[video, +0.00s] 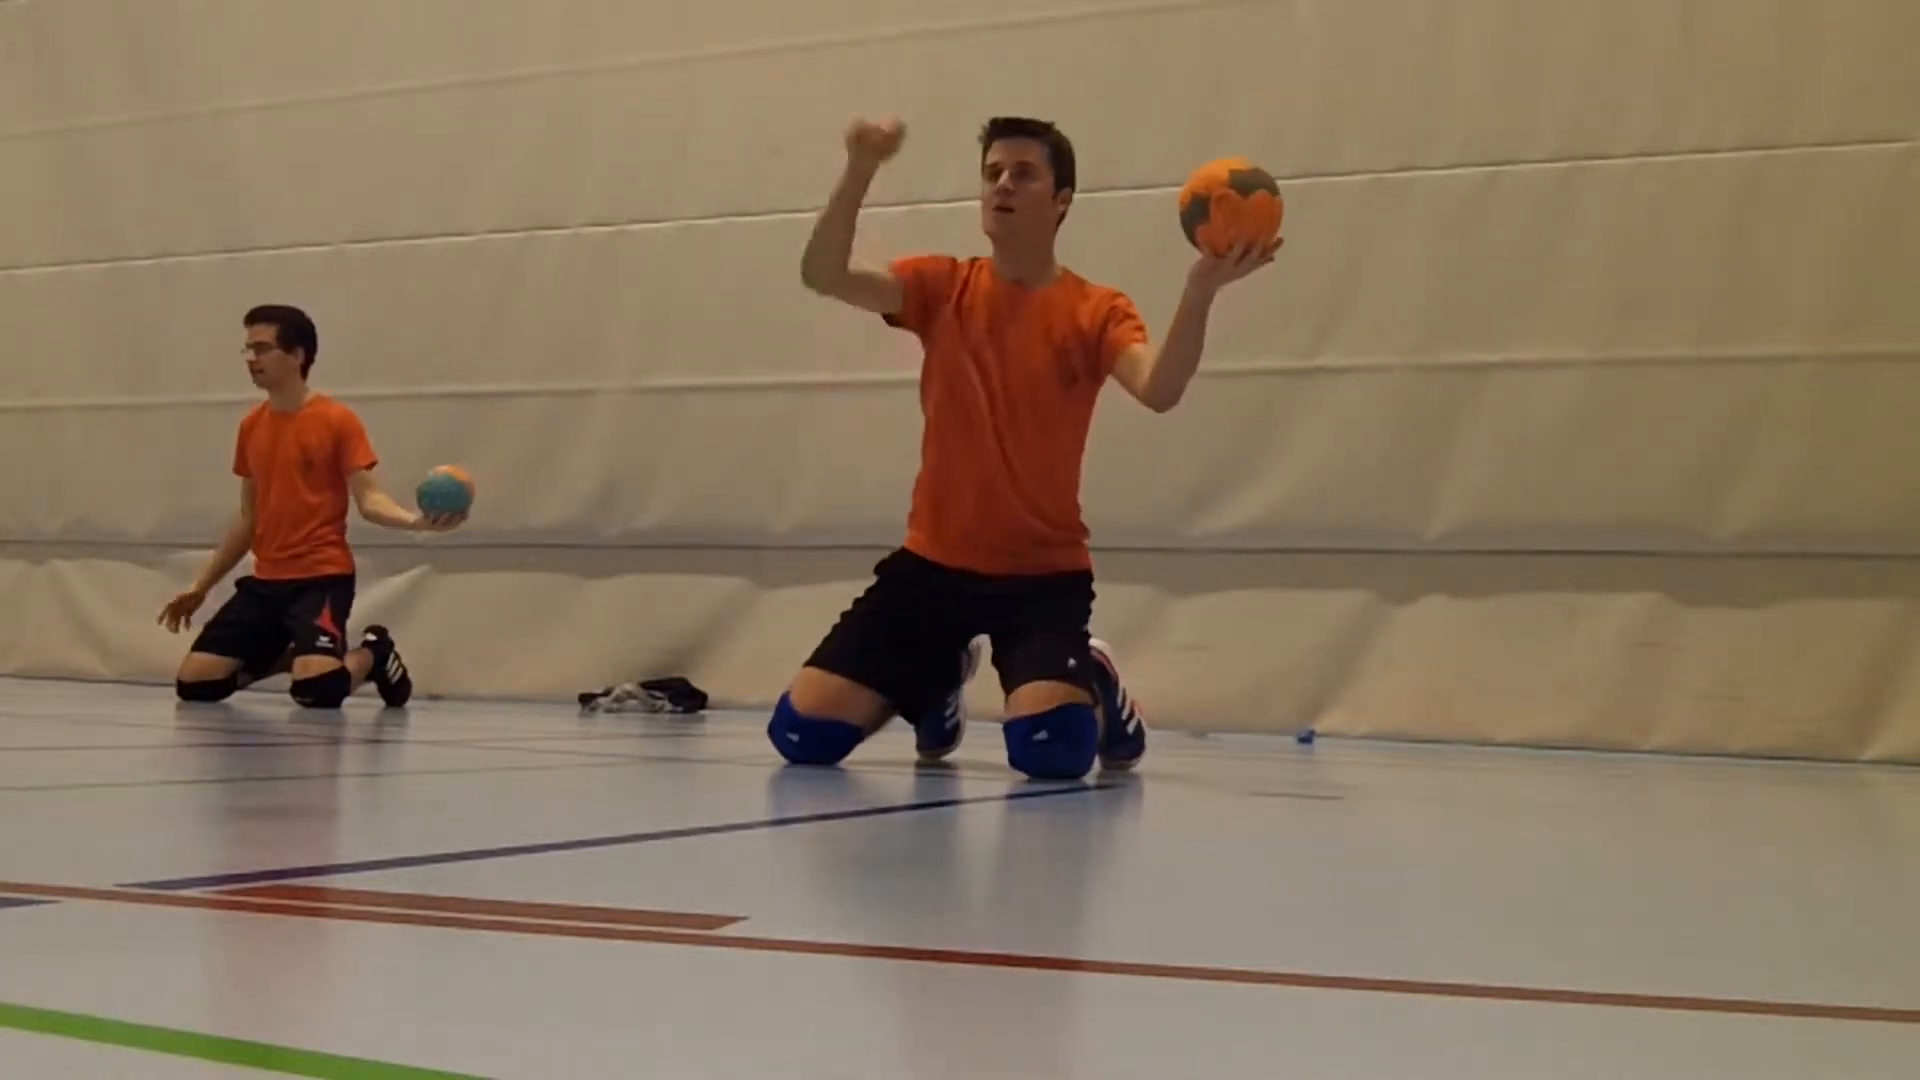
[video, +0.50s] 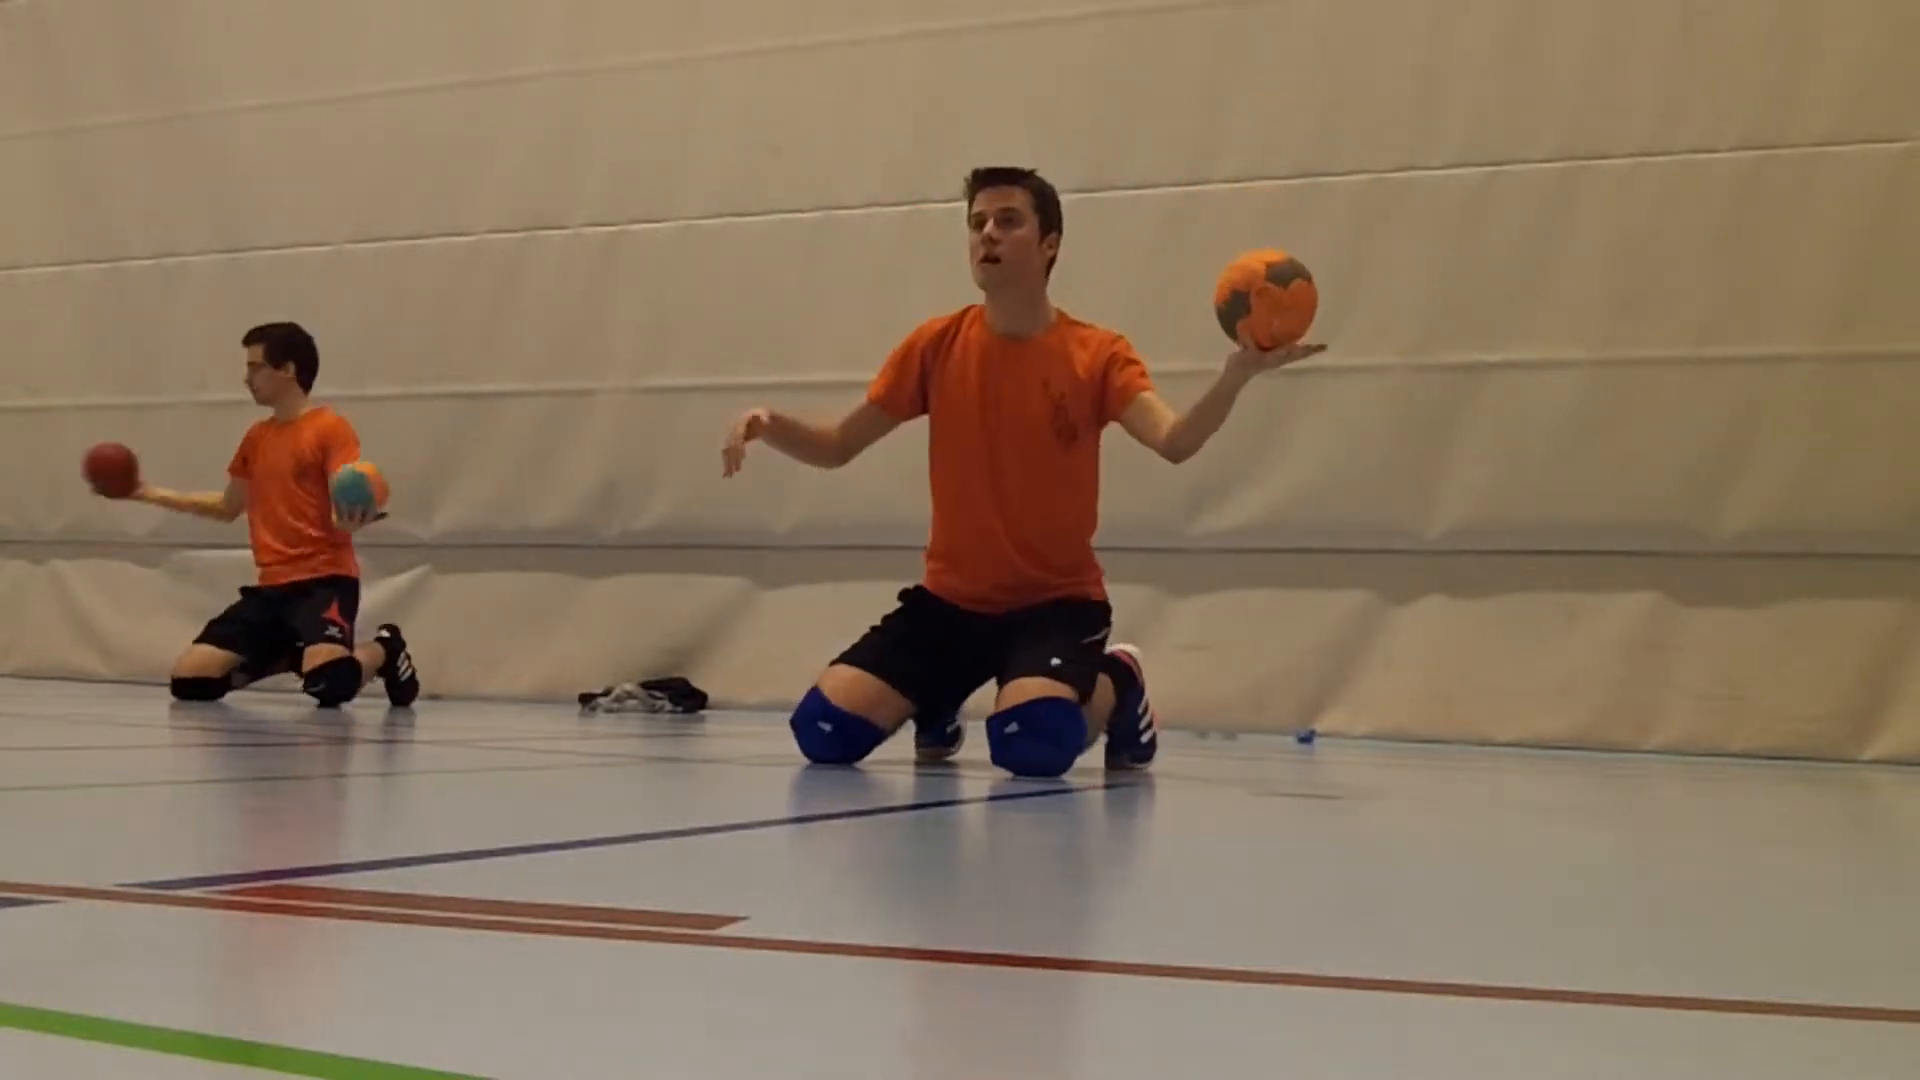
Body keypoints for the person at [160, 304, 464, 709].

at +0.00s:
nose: (250, 359)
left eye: (262, 348)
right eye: (248, 349)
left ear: (299, 356)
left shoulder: (336, 420)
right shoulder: (254, 425)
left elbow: (368, 498)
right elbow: (248, 520)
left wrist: (416, 520)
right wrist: (199, 589)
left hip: (323, 579)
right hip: (266, 582)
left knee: (315, 691)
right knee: (195, 684)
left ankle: (375, 653)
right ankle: (299, 655)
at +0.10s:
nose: (250, 362)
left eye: (261, 351)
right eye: (248, 352)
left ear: (298, 360)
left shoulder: (335, 422)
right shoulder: (255, 432)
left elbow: (364, 500)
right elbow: (249, 526)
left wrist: (404, 522)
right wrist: (196, 585)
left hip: (324, 582)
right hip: (268, 585)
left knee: (314, 692)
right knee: (194, 684)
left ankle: (375, 653)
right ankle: (302, 653)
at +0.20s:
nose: (248, 367)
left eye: (259, 357)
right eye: (247, 358)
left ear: (296, 364)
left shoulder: (332, 421)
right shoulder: (257, 438)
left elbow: (359, 500)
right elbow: (247, 531)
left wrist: (391, 521)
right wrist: (179, 573)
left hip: (327, 584)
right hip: (271, 588)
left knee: (317, 692)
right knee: (195, 683)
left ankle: (377, 654)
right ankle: (306, 654)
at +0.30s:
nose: (238, 378)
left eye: (250, 368)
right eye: (238, 369)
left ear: (285, 375)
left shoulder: (324, 430)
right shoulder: (250, 452)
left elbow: (352, 507)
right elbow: (218, 536)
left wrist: (379, 518)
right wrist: (136, 554)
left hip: (333, 589)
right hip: (277, 594)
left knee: (322, 690)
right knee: (194, 682)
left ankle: (380, 654)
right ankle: (301, 657)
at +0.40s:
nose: (234, 386)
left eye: (243, 375)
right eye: (234, 376)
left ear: (279, 380)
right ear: (261, 383)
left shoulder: (321, 434)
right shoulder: (248, 455)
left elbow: (340, 515)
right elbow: (200, 527)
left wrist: (363, 517)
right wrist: (115, 513)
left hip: (328, 591)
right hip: (274, 597)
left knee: (329, 689)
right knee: (189, 683)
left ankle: (394, 652)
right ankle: (299, 658)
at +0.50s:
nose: (246, 377)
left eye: (255, 367)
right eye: (247, 367)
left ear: (289, 371)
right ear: (276, 372)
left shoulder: (329, 428)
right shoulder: (258, 437)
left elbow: (346, 515)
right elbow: (226, 508)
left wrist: (355, 512)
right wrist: (144, 492)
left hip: (325, 585)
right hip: (270, 590)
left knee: (328, 685)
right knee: (188, 683)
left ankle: (386, 649)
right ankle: (298, 657)